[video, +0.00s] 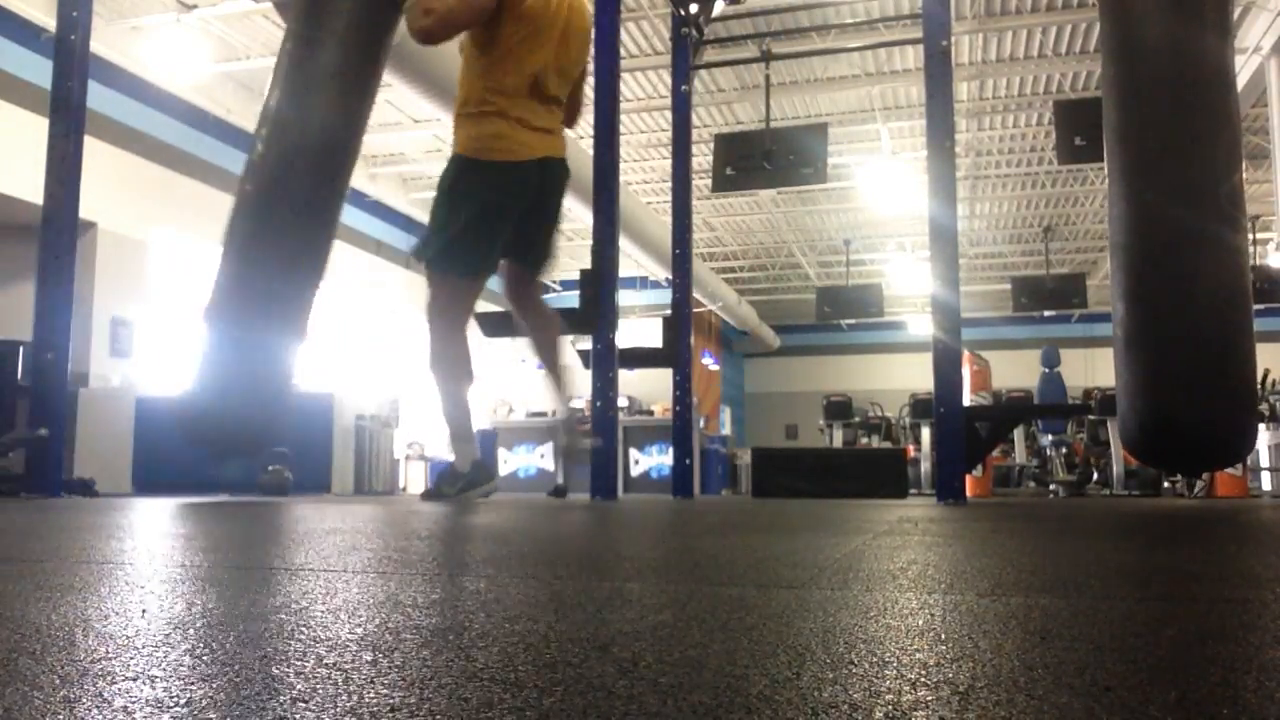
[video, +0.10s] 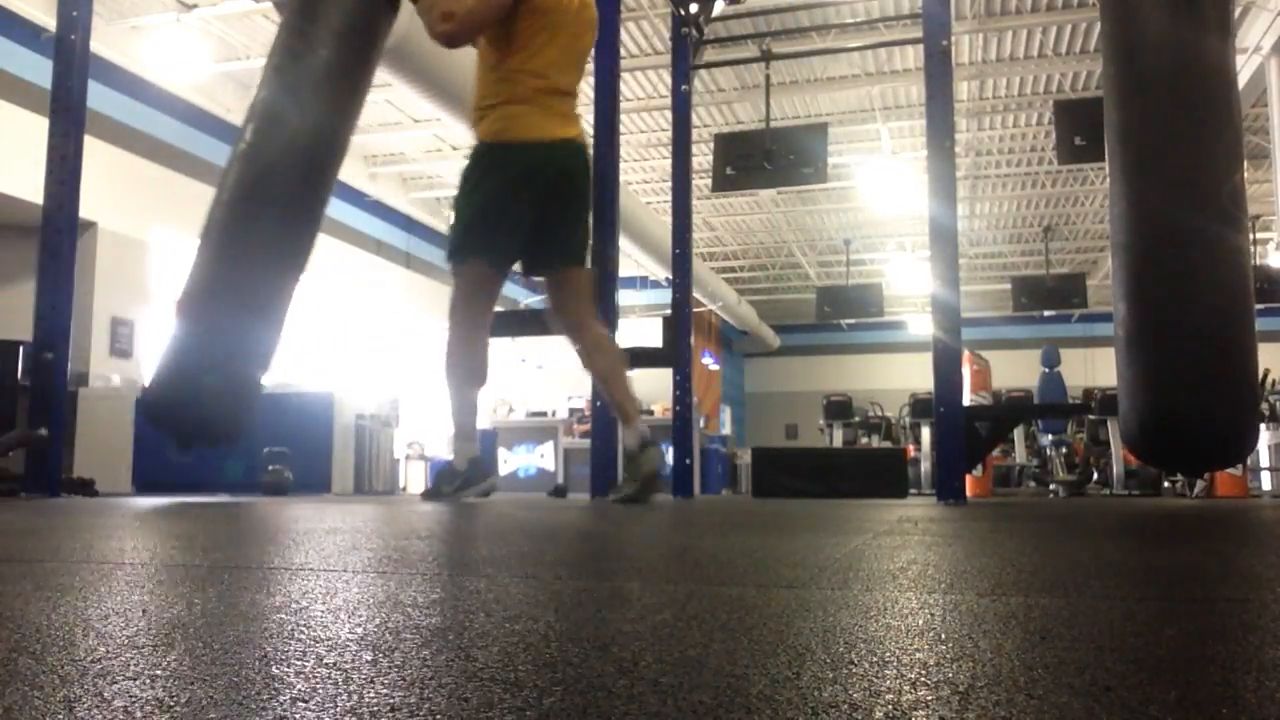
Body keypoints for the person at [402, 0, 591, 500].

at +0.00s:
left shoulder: (496, 1)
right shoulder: (579, 10)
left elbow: (427, 26)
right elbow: (570, 112)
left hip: (485, 161)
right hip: (548, 165)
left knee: (447, 316)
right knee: (523, 289)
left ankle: (466, 461)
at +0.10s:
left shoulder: (511, 2)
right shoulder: (586, 8)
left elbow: (449, 28)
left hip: (504, 158)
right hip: (568, 159)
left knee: (469, 315)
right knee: (578, 312)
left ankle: (466, 458)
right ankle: (638, 439)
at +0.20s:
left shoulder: (523, 1)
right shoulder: (589, 9)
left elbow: (476, 39)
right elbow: (534, 73)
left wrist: (436, 23)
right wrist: (478, 47)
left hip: (529, 140)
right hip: (594, 142)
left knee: (460, 290)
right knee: (612, 311)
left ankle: (492, 434)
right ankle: (647, 463)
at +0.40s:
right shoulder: (589, 9)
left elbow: (489, 14)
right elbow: (604, 91)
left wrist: (460, 50)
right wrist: (502, 96)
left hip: (538, 125)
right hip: (597, 142)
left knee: (473, 264)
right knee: (601, 308)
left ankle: (521, 413)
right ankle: (647, 463)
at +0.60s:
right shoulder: (564, 4)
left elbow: (421, 11)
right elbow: (589, 91)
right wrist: (532, 119)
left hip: (495, 111)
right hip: (561, 129)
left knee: (460, 281)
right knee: (562, 309)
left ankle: (545, 454)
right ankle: (630, 461)